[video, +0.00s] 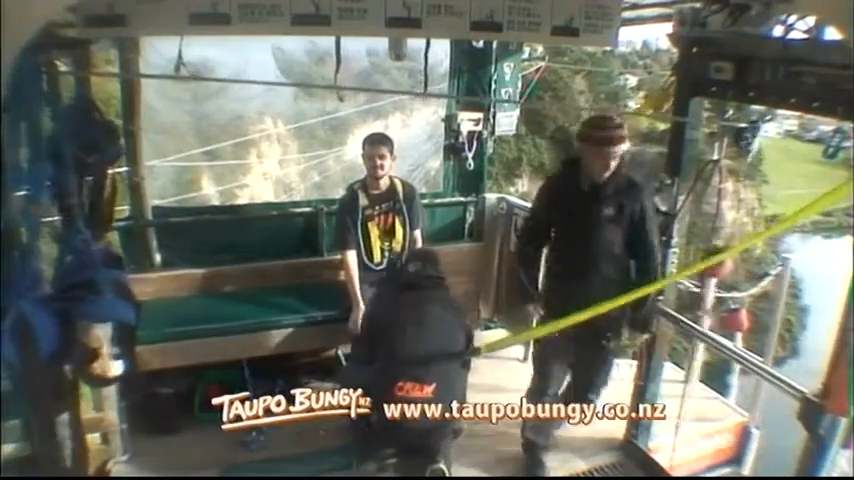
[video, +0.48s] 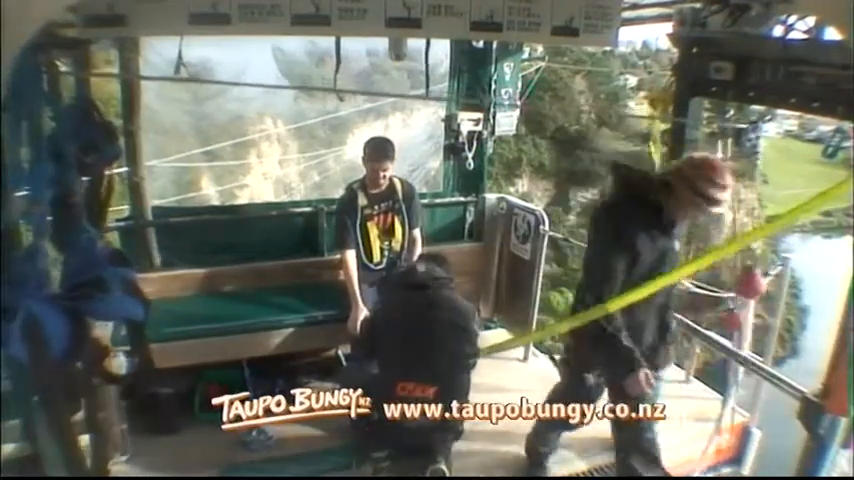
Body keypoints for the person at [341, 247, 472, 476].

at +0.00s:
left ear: (401, 270)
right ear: (437, 274)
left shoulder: (381, 302)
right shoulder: (454, 309)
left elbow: (362, 353)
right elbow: (465, 359)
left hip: (389, 412)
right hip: (440, 412)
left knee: (350, 375)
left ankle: (377, 452)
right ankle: (439, 457)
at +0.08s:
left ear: (404, 268)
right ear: (439, 272)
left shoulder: (385, 299)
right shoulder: (452, 304)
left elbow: (364, 352)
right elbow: (465, 350)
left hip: (391, 409)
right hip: (441, 409)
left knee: (350, 376)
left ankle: (374, 452)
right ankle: (440, 456)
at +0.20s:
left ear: (404, 270)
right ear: (442, 274)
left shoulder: (385, 302)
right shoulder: (457, 307)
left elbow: (362, 355)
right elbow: (465, 356)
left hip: (391, 413)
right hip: (441, 412)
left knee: (349, 375)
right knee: (461, 368)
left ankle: (377, 450)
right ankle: (441, 454)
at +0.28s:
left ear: (407, 270)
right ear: (444, 274)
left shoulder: (386, 303)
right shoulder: (456, 307)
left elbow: (365, 354)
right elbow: (466, 358)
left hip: (392, 407)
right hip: (445, 405)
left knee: (349, 376)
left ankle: (380, 451)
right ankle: (441, 455)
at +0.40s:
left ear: (409, 272)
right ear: (446, 277)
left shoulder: (387, 304)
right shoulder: (460, 311)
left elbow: (364, 351)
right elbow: (467, 361)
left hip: (390, 413)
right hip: (443, 413)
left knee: (350, 380)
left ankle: (376, 452)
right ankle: (440, 457)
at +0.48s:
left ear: (412, 273)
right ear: (447, 279)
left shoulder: (388, 303)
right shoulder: (463, 310)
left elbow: (366, 350)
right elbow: (470, 360)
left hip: (390, 412)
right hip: (444, 413)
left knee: (351, 378)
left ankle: (374, 452)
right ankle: (440, 456)